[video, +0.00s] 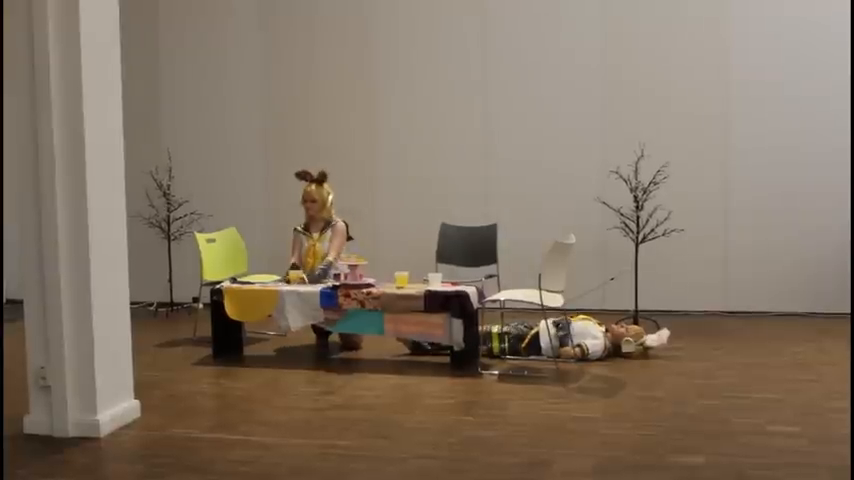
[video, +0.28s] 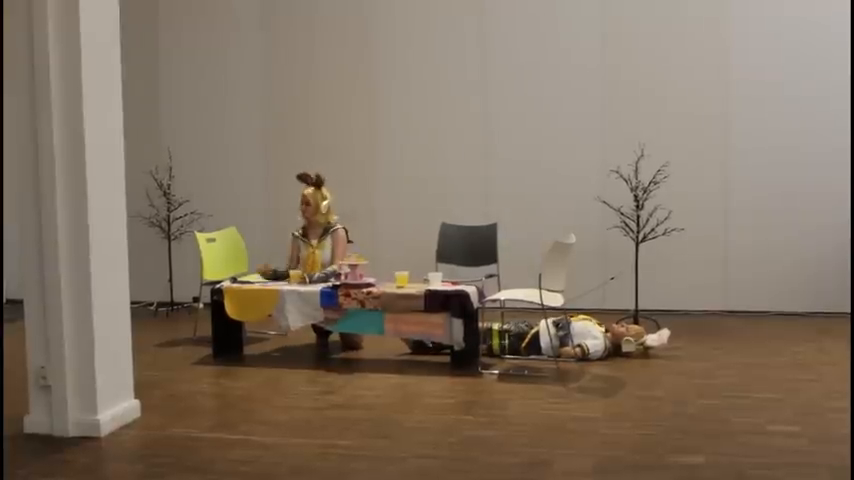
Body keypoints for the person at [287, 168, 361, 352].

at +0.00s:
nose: (307, 206)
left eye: (313, 202)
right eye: (305, 201)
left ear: (325, 203)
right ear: (301, 202)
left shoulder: (337, 227)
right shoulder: (301, 230)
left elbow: (333, 255)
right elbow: (295, 258)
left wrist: (317, 275)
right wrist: (292, 274)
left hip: (334, 285)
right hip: (308, 286)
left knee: (353, 342)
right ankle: (320, 336)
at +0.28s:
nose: (302, 208)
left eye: (307, 204)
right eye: (302, 204)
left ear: (321, 206)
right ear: (301, 205)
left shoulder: (336, 232)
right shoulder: (298, 234)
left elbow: (337, 266)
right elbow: (291, 269)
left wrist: (314, 278)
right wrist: (273, 273)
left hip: (332, 290)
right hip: (306, 292)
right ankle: (321, 335)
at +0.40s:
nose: (298, 213)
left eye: (303, 209)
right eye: (298, 208)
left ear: (317, 211)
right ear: (297, 209)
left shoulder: (335, 235)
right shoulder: (298, 238)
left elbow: (339, 270)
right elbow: (276, 265)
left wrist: (309, 278)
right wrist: (251, 272)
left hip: (336, 291)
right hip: (309, 293)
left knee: (353, 344)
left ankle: (347, 333)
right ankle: (321, 337)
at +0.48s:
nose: (296, 215)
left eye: (301, 211)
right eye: (296, 210)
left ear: (315, 213)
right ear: (296, 211)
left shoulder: (334, 236)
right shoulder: (296, 240)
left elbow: (338, 270)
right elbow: (271, 261)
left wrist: (308, 279)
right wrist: (246, 273)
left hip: (338, 295)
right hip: (312, 298)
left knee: (354, 343)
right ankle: (321, 338)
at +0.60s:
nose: (297, 215)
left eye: (303, 211)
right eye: (297, 210)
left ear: (316, 213)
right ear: (295, 210)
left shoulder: (334, 234)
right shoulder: (298, 238)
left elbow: (339, 269)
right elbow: (275, 262)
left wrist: (311, 278)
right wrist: (254, 270)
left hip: (335, 289)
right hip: (310, 292)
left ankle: (347, 332)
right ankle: (322, 336)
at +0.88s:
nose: (309, 217)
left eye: (314, 212)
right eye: (305, 212)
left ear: (326, 213)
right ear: (301, 213)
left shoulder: (339, 236)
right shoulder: (298, 239)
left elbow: (341, 270)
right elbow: (283, 271)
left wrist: (312, 279)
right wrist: (280, 264)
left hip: (337, 292)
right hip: (309, 295)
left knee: (355, 343)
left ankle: (347, 333)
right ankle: (321, 337)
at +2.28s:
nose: (314, 206)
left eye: (320, 202)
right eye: (311, 202)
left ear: (331, 207)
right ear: (307, 206)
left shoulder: (342, 235)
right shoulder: (302, 235)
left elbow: (343, 271)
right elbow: (297, 271)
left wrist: (314, 278)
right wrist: (293, 264)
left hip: (338, 293)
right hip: (311, 294)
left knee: (356, 342)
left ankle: (347, 332)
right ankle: (321, 336)